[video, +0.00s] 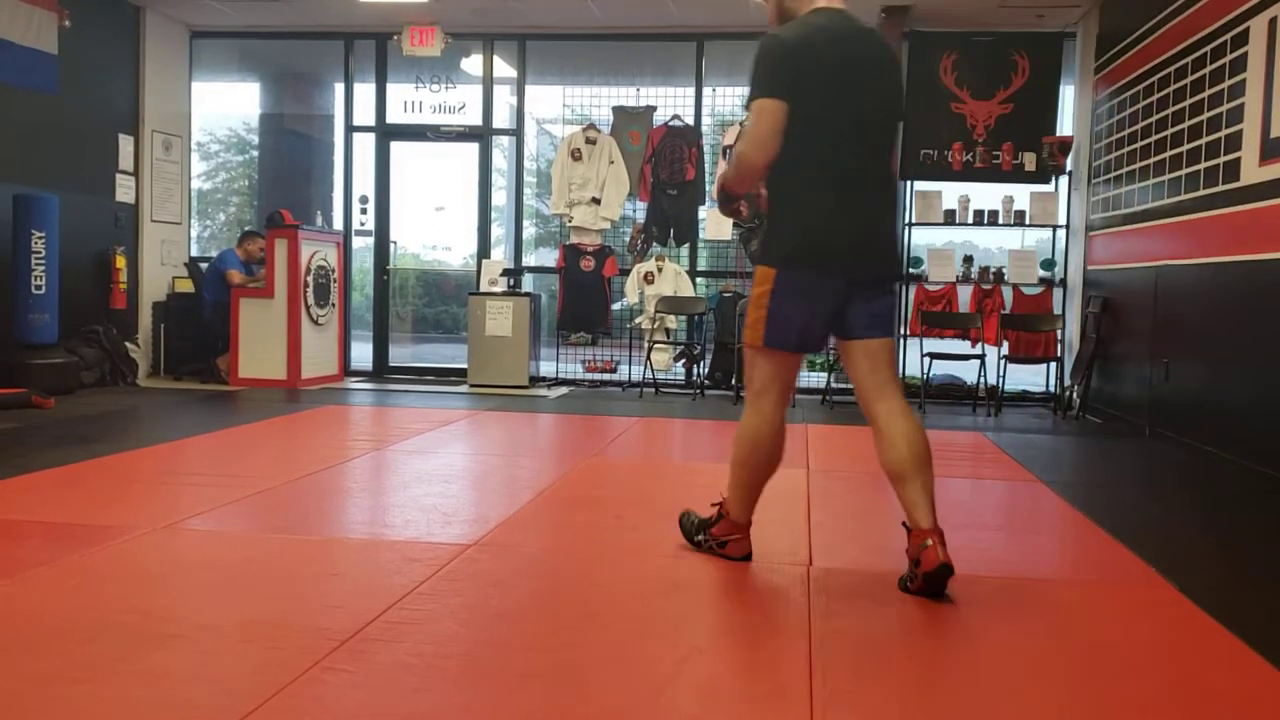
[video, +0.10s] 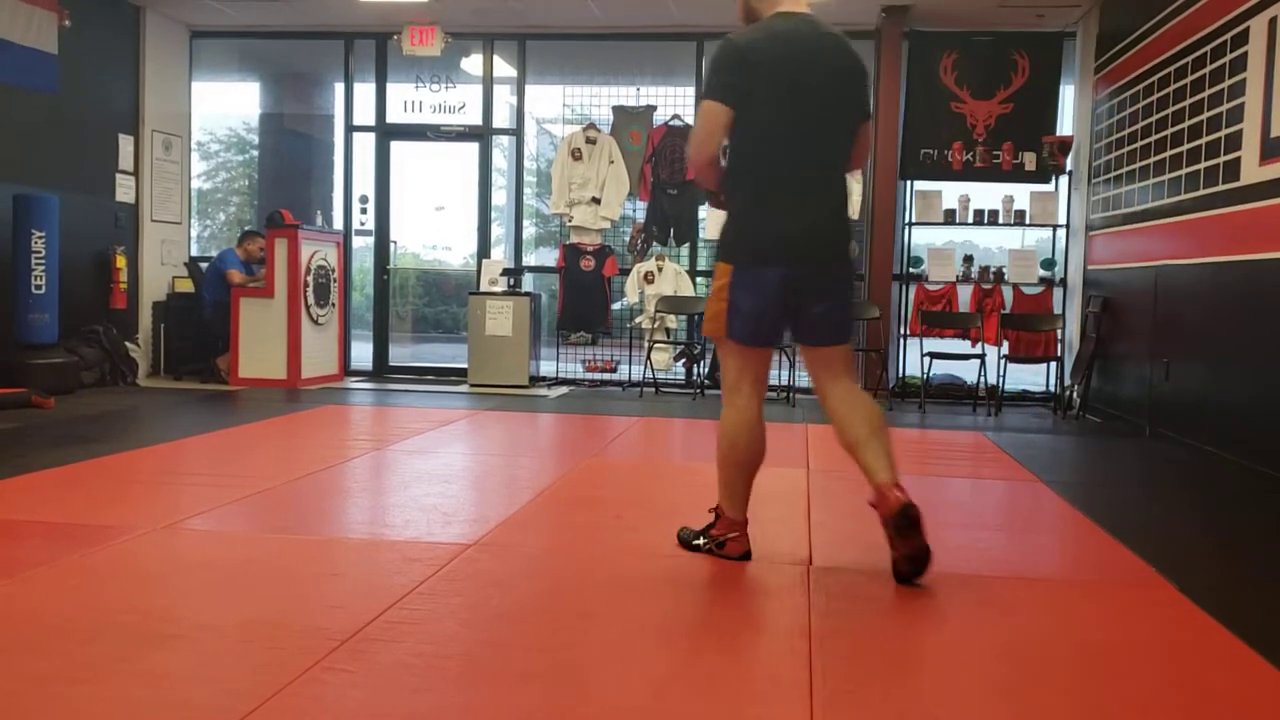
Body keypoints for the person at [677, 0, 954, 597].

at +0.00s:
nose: (761, 10)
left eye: (762, 5)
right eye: (761, 6)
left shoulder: (786, 43)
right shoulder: (883, 51)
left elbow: (755, 157)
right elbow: (886, 164)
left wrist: (731, 184)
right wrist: (780, 183)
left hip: (797, 250)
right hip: (873, 251)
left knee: (766, 395)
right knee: (883, 395)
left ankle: (732, 525)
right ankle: (928, 542)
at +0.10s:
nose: (736, 13)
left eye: (738, 8)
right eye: (738, 9)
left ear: (752, 3)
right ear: (801, 0)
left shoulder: (741, 49)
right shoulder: (846, 55)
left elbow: (701, 161)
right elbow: (856, 153)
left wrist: (734, 193)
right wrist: (798, 165)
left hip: (756, 243)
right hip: (827, 243)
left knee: (742, 388)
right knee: (838, 379)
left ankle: (731, 526)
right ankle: (890, 494)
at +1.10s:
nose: (473, 68)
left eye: (470, 56)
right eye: (467, 59)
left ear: (493, 36)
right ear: (502, 34)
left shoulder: (517, 83)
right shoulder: (552, 77)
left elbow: (514, 175)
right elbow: (548, 169)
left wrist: (472, 174)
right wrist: (487, 166)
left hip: (517, 253)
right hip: (562, 250)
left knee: (487, 372)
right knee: (579, 364)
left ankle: (462, 487)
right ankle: (636, 470)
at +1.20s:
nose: (438, 64)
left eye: (436, 52)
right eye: (432, 55)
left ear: (458, 33)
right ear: (471, 28)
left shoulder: (481, 75)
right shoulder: (523, 73)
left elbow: (477, 165)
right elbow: (540, 167)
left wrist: (441, 170)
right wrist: (460, 177)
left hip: (487, 242)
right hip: (526, 241)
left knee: (467, 364)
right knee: (516, 351)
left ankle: (461, 486)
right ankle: (585, 439)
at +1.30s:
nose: (408, 58)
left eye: (405, 46)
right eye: (402, 50)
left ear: (427, 26)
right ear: (441, 22)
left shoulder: (451, 68)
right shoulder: (500, 73)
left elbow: (444, 156)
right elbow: (526, 162)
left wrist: (408, 153)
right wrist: (445, 171)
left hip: (462, 241)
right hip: (492, 238)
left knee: (458, 361)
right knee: (467, 348)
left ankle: (460, 486)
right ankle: (516, 441)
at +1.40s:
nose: (385, 61)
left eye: (382, 50)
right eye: (379, 54)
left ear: (399, 30)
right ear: (415, 24)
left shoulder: (426, 67)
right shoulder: (468, 72)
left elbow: (409, 151)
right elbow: (500, 160)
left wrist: (366, 130)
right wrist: (419, 174)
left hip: (440, 241)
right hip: (456, 237)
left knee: (446, 360)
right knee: (410, 341)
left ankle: (461, 488)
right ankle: (435, 462)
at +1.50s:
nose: (356, 70)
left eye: (353, 59)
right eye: (351, 63)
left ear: (370, 37)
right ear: (383, 34)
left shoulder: (403, 71)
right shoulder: (436, 74)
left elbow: (364, 150)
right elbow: (472, 160)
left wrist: (336, 107)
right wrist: (397, 186)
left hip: (416, 243)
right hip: (415, 240)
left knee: (427, 365)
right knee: (384, 358)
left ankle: (458, 486)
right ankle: (355, 465)